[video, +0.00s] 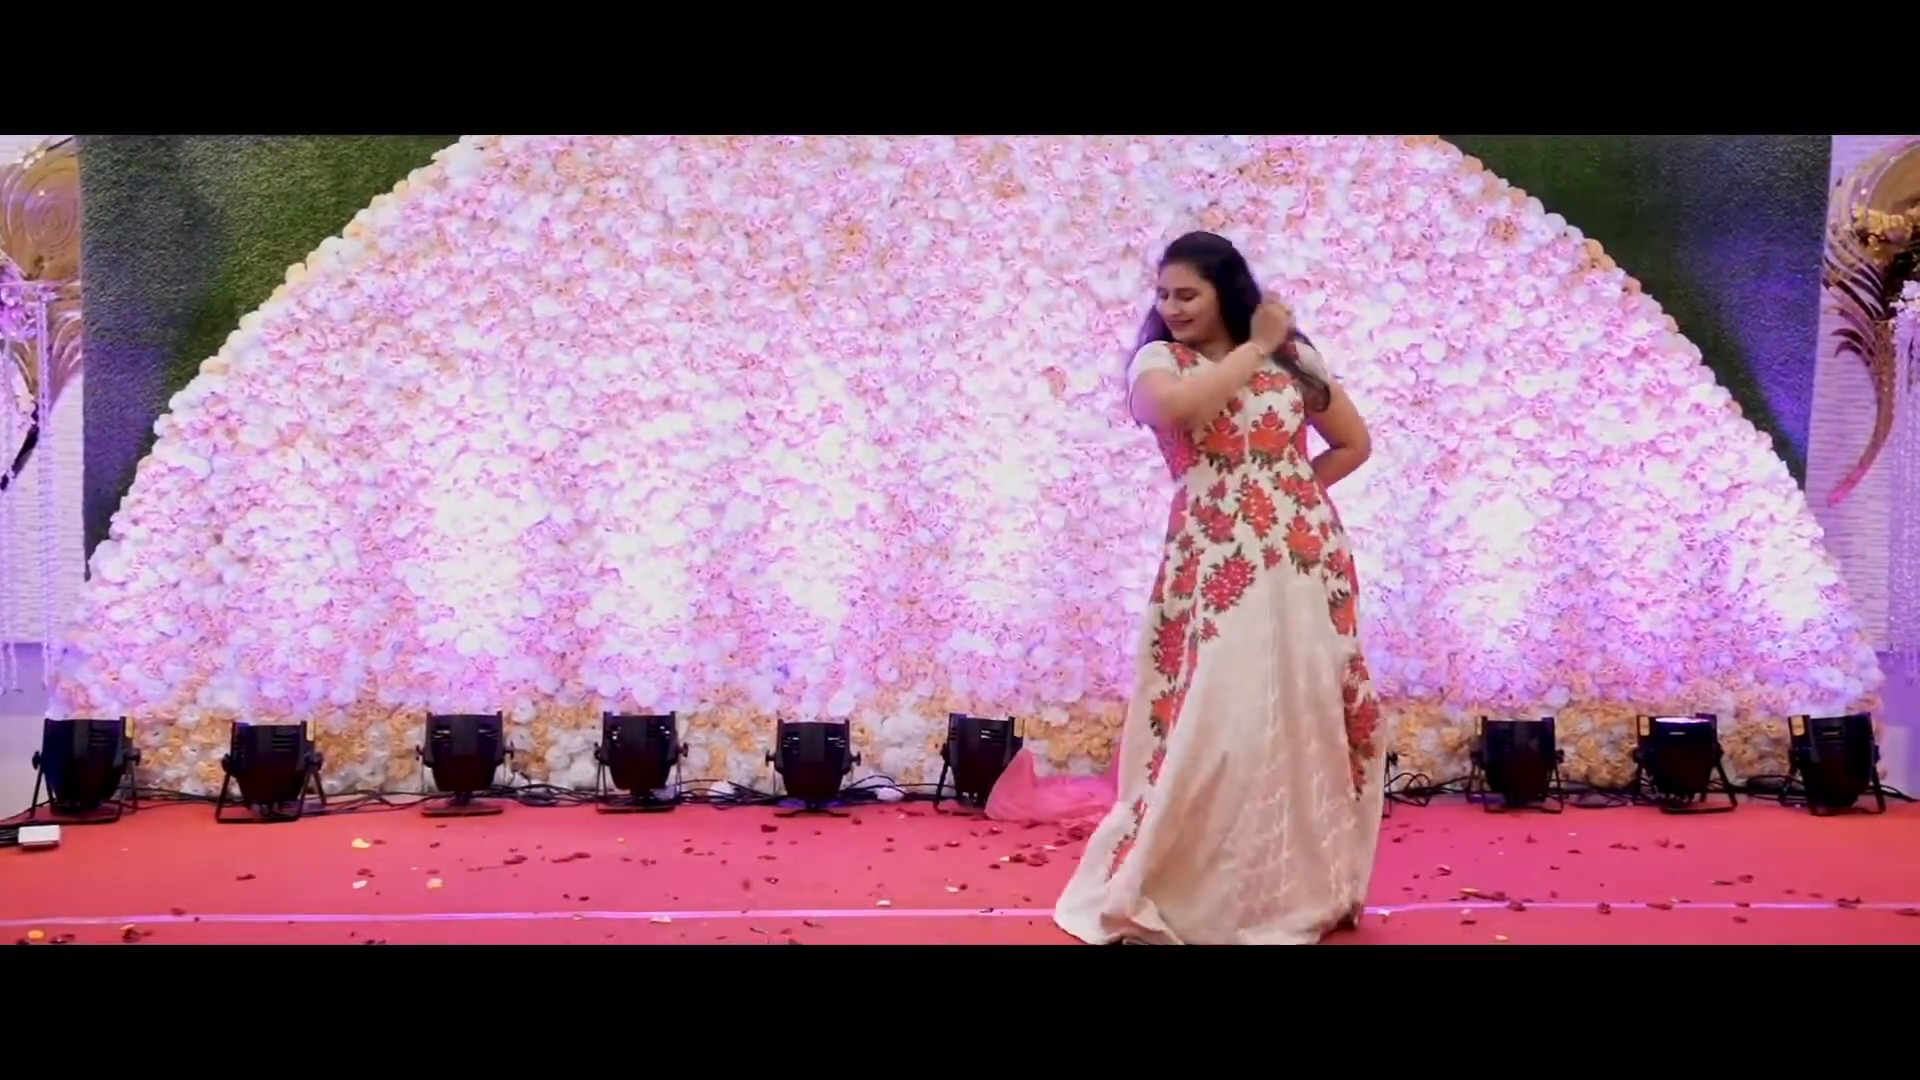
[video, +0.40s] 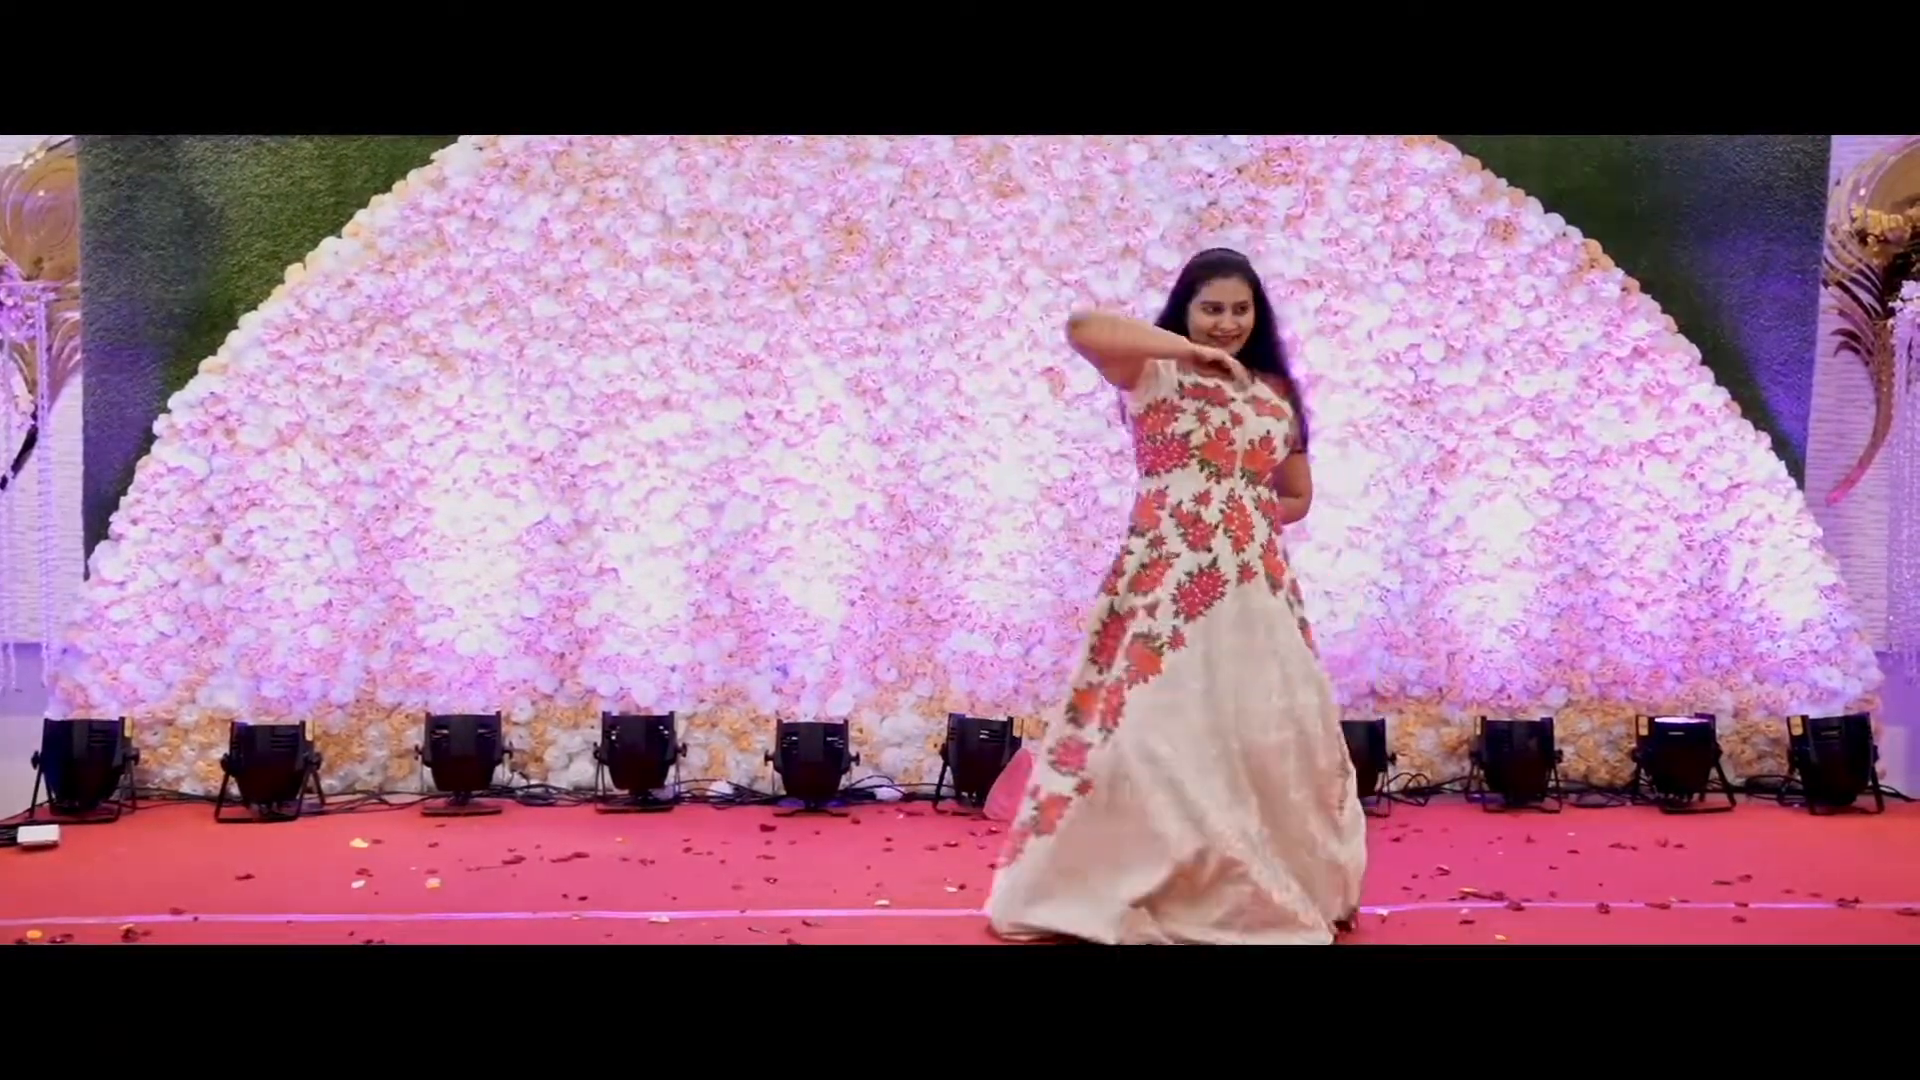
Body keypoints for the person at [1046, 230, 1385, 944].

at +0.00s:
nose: (1174, 308)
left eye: (1188, 294)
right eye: (1165, 295)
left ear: (1228, 294)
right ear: (1157, 298)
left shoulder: (1286, 356)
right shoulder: (1157, 360)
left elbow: (1354, 442)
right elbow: (1179, 405)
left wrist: (1293, 487)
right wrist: (1260, 345)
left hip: (1297, 545)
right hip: (1218, 550)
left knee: (1303, 716)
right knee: (1225, 716)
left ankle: (1304, 888)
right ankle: (1215, 890)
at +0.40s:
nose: (1225, 323)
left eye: (1239, 311)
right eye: (1210, 310)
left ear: (1255, 316)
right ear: (1184, 312)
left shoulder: (1274, 399)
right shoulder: (1156, 370)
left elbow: (1297, 498)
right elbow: (1085, 330)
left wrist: (1228, 494)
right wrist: (1184, 348)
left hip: (1250, 566)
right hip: (1169, 561)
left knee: (1263, 724)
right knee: (1163, 722)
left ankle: (1269, 890)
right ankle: (1164, 890)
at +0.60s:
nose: (1179, 312)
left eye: (1192, 300)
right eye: (1165, 297)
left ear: (1204, 310)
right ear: (1131, 300)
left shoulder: (1212, 393)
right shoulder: (1081, 355)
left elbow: (1225, 499)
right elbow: (980, 328)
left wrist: (1158, 507)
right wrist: (1071, 309)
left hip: (1157, 566)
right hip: (1076, 553)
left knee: (1156, 723)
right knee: (1056, 715)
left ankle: (1148, 891)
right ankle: (1052, 888)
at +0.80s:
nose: (1124, 311)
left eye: (1135, 300)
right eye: (1110, 296)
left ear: (1144, 308)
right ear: (1075, 296)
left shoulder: (1150, 394)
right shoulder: (1024, 354)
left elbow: (1153, 496)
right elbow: (915, 356)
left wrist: (1083, 505)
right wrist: (960, 304)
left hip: (1076, 567)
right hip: (995, 553)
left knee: (1071, 725)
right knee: (980, 717)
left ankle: (1070, 893)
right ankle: (969, 890)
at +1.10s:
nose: (1087, 333)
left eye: (1097, 321)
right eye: (1074, 317)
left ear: (1104, 329)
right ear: (1035, 315)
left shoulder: (1106, 406)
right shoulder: (977, 377)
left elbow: (1187, 467)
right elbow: (870, 390)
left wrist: (1124, 509)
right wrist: (887, 302)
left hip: (1038, 583)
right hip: (953, 574)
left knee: (1056, 744)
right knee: (940, 737)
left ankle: (1188, 903)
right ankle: (927, 907)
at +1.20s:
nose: (1088, 334)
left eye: (1097, 323)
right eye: (1076, 317)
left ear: (1103, 330)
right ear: (1037, 315)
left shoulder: (1105, 406)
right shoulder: (976, 371)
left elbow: (1197, 465)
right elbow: (872, 341)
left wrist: (1182, 415)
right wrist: (907, 274)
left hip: (1039, 586)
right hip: (952, 575)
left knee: (1064, 747)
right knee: (938, 736)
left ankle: (1189, 903)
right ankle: (923, 905)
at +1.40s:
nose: (1103, 319)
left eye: (1111, 309)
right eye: (1093, 303)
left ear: (1107, 316)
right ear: (1050, 295)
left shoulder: (1103, 390)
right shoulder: (984, 341)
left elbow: (1199, 392)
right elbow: (953, 246)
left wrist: (1209, 292)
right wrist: (1002, 187)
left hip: (1051, 571)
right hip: (963, 560)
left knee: (1074, 735)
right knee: (956, 728)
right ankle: (949, 902)